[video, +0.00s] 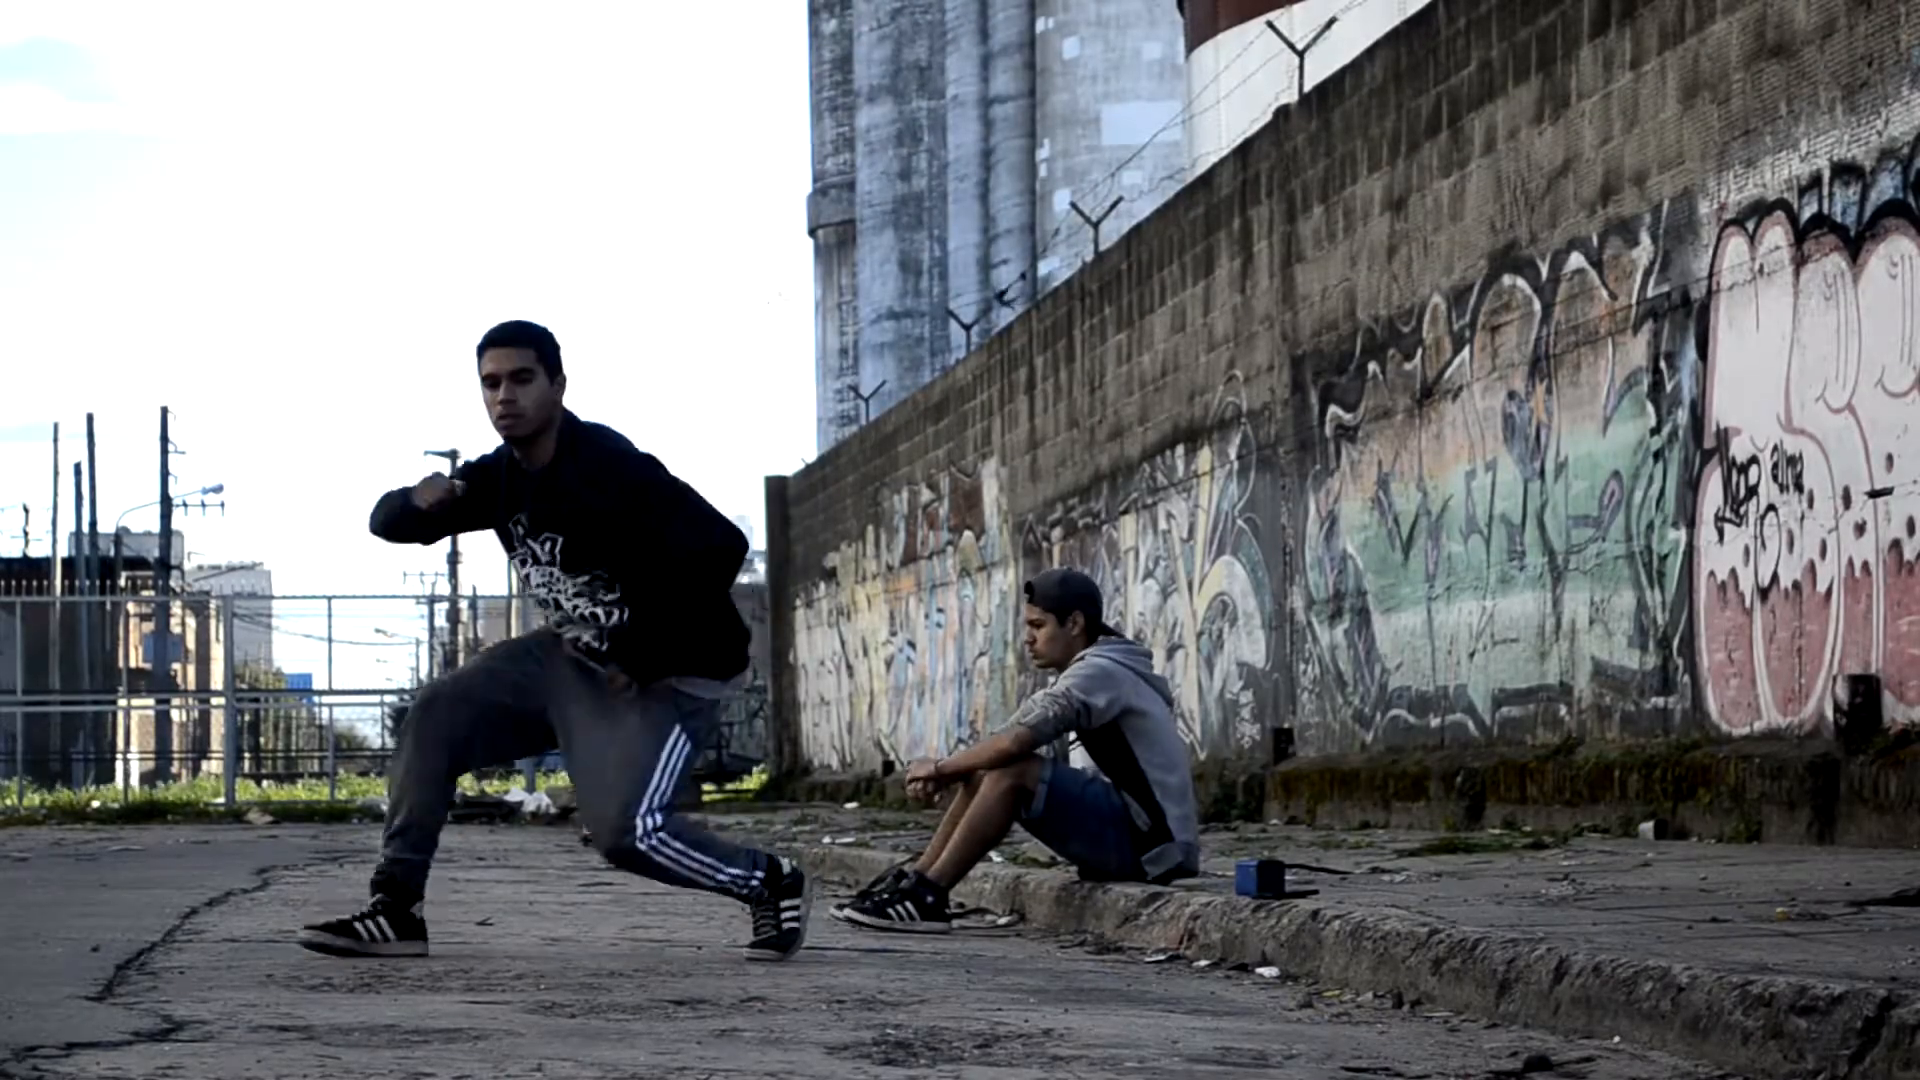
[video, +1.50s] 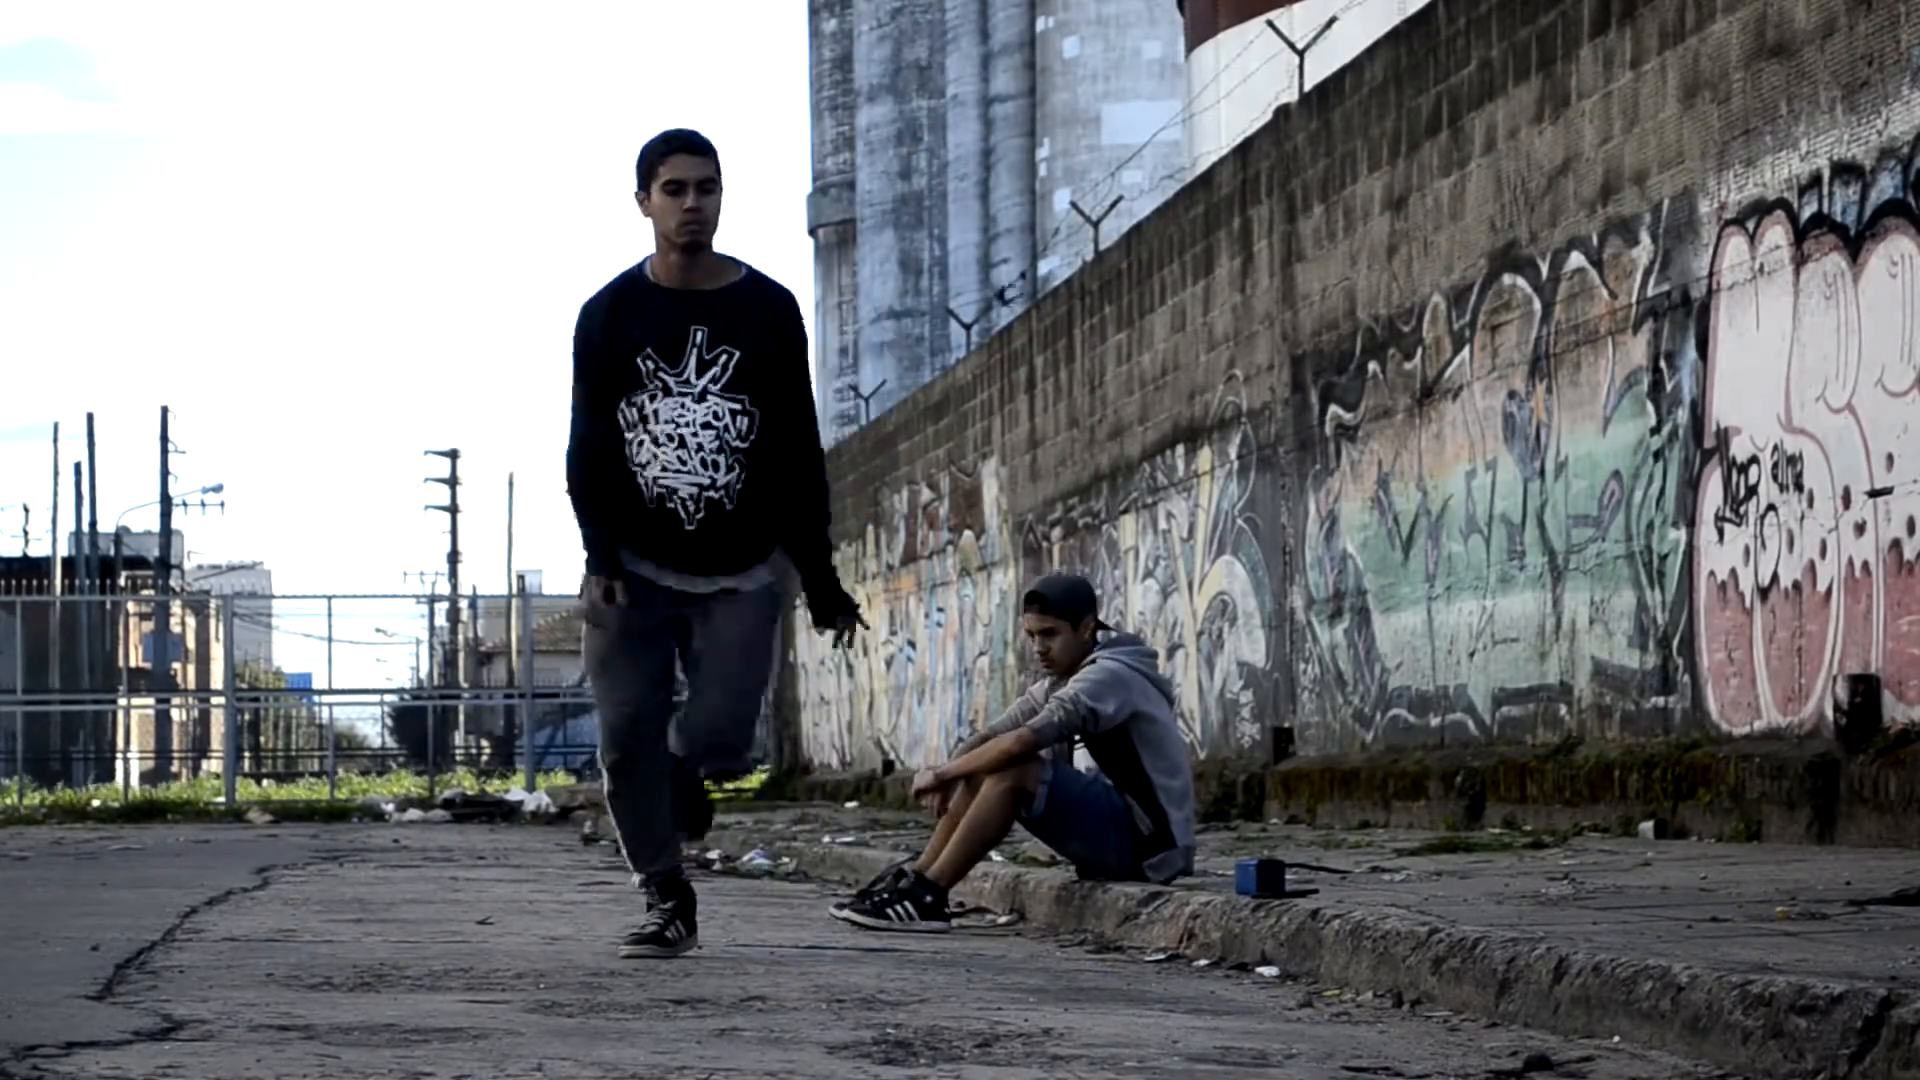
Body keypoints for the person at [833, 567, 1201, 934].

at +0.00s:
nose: (1028, 638)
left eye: (1037, 626)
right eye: (1027, 626)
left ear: (1075, 624)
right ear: (1076, 626)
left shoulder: (1100, 669)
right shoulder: (1088, 669)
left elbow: (1016, 742)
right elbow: (1017, 740)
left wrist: (940, 766)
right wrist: (945, 769)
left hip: (1151, 843)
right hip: (1128, 833)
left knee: (1011, 773)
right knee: (984, 769)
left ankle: (931, 894)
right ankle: (912, 884)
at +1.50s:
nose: (1039, 648)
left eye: (1049, 635)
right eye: (1031, 636)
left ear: (1088, 628)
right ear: (1027, 634)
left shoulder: (1110, 673)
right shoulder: (1068, 676)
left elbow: (1024, 743)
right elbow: (1002, 731)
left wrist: (943, 773)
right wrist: (945, 773)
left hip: (1148, 846)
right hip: (1118, 836)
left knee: (1015, 771)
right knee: (986, 763)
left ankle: (932, 894)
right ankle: (914, 883)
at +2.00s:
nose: (1035, 634)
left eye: (1047, 621)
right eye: (1030, 624)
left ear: (1085, 621)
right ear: (1026, 624)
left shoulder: (1103, 666)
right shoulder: (1081, 668)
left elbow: (1018, 741)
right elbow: (1012, 736)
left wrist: (940, 772)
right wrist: (948, 773)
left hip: (1149, 844)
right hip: (1123, 835)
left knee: (1011, 772)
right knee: (987, 766)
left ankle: (934, 893)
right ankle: (917, 879)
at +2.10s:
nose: (1029, 634)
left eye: (1040, 620)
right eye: (1025, 624)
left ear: (1080, 621)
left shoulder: (1100, 667)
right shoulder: (1079, 671)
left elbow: (1018, 741)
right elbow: (1011, 740)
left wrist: (939, 772)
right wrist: (946, 774)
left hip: (1149, 844)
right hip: (1123, 836)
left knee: (1012, 770)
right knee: (987, 766)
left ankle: (934, 893)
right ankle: (917, 879)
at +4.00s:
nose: (1019, 650)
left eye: (1028, 636)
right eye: (1015, 639)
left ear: (1067, 628)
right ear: (1061, 632)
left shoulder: (1101, 676)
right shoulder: (1064, 684)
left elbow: (1011, 751)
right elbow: (999, 743)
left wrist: (957, 749)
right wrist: (942, 776)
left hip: (1151, 848)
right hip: (1120, 839)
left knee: (1013, 771)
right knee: (983, 767)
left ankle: (933, 895)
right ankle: (915, 882)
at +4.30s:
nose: (1029, 642)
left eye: (1040, 629)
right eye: (1025, 630)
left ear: (1079, 627)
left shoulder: (1105, 674)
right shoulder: (1063, 671)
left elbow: (1007, 738)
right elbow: (990, 725)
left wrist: (994, 717)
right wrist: (936, 792)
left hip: (1147, 845)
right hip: (1116, 833)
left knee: (1013, 766)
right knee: (988, 756)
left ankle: (932, 895)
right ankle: (915, 882)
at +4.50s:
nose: (1030, 642)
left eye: (1041, 630)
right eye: (1026, 631)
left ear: (1080, 627)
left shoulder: (1104, 670)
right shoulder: (1071, 671)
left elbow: (1010, 736)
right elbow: (993, 729)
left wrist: (1009, 727)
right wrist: (936, 791)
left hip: (1148, 844)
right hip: (1119, 833)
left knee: (1011, 766)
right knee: (988, 757)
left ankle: (932, 894)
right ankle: (914, 881)